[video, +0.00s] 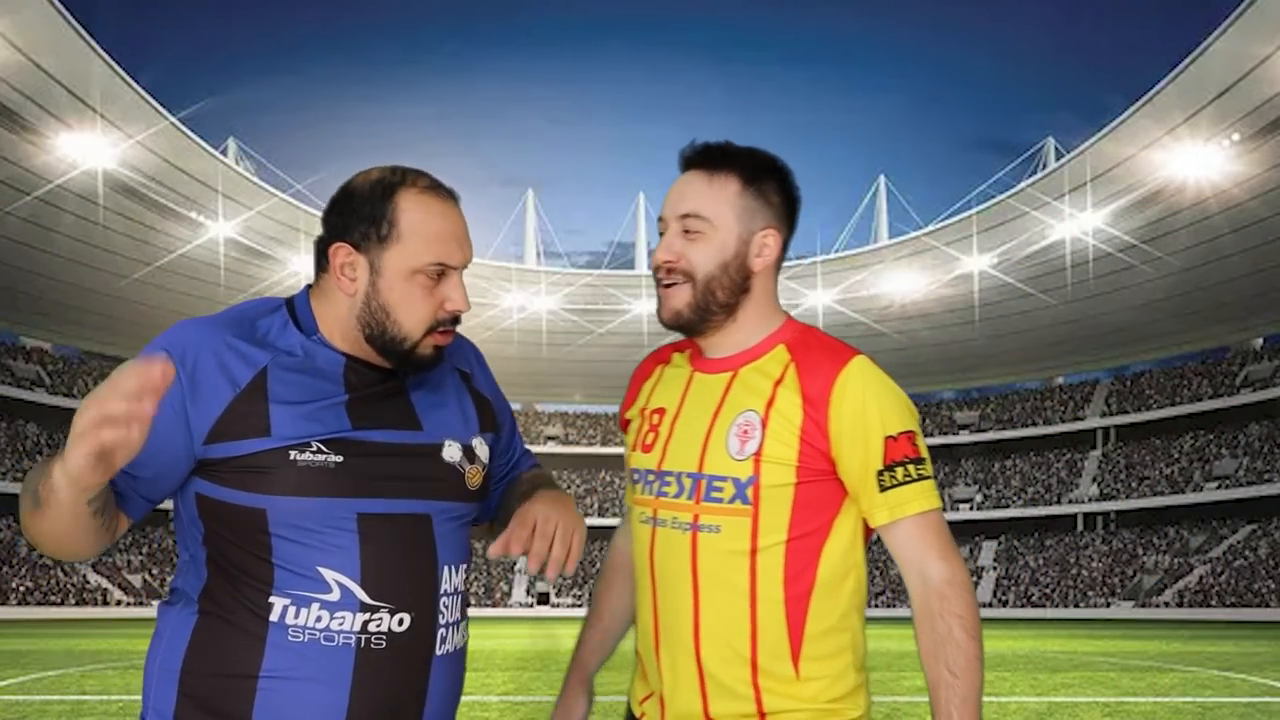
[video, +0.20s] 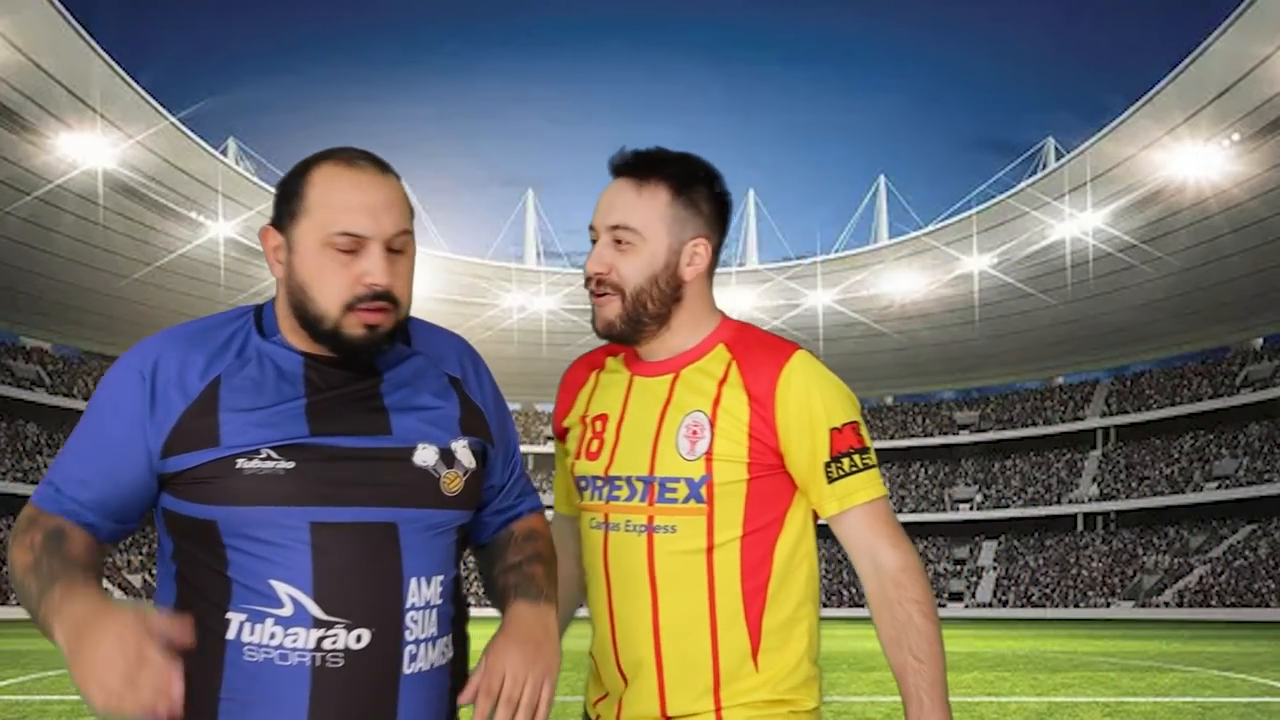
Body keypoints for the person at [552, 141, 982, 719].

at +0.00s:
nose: (661, 254)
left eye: (691, 232)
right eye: (662, 232)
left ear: (763, 249)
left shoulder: (845, 386)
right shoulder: (652, 378)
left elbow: (939, 582)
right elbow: (637, 537)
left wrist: (956, 713)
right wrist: (579, 674)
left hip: (797, 705)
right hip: (657, 704)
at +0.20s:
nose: (593, 266)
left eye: (622, 243)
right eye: (595, 242)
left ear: (693, 258)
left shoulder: (786, 381)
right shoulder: (581, 385)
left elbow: (887, 565)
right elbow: (570, 552)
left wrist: (930, 712)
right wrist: (514, 661)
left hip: (755, 704)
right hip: (613, 705)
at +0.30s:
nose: (578, 262)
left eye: (609, 238)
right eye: (574, 238)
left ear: (676, 253)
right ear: (565, 245)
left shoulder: (762, 376)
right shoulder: (554, 383)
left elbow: (865, 558)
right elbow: (538, 546)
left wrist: (913, 710)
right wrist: (509, 684)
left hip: (738, 702)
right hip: (597, 703)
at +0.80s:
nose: (616, 241)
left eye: (650, 219)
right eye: (597, 210)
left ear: (691, 242)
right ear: (568, 220)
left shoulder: (747, 383)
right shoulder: (527, 367)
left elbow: (847, 587)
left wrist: (857, 714)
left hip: (718, 703)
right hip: (566, 704)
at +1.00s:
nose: (698, 240)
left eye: (733, 220)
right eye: (681, 206)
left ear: (767, 248)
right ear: (647, 215)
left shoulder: (816, 397)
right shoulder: (571, 357)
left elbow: (912, 590)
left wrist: (944, 714)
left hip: (755, 706)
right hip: (593, 705)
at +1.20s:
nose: (684, 241)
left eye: (723, 224)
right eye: (683, 213)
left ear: (783, 256)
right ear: (671, 217)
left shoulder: (851, 393)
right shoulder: (609, 377)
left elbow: (952, 583)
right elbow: (552, 554)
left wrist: (1007, 712)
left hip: (820, 705)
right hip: (657, 705)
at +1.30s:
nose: (671, 243)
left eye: (705, 225)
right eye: (677, 221)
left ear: (779, 255)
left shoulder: (871, 391)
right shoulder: (627, 390)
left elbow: (970, 570)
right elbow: (584, 569)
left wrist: (1032, 712)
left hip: (847, 705)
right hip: (683, 706)